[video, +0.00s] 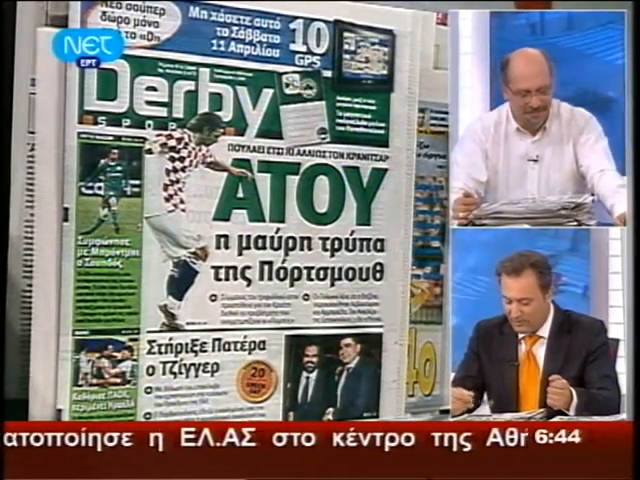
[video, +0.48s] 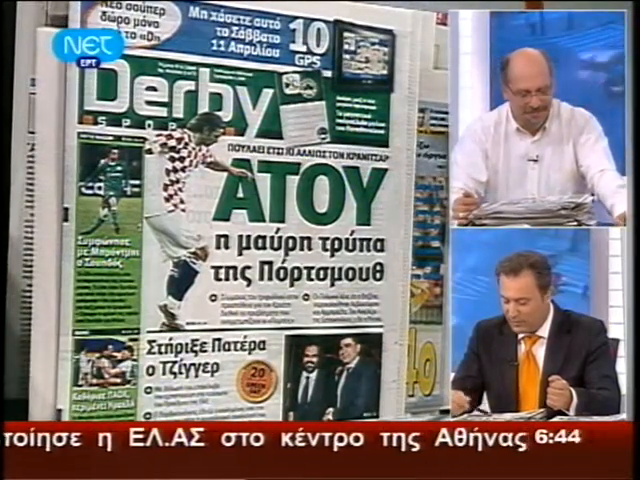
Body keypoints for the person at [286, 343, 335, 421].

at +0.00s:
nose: (310, 360)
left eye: (314, 356)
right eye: (306, 356)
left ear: (320, 359)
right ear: (302, 358)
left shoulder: (326, 377)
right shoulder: (295, 376)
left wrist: (330, 411)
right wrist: (290, 413)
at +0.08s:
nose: (310, 360)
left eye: (314, 356)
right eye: (306, 356)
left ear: (320, 359)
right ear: (302, 358)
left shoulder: (326, 377)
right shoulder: (295, 376)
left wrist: (330, 411)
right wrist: (290, 413)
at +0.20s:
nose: (310, 360)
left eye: (314, 356)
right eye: (306, 356)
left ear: (320, 359)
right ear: (302, 358)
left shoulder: (326, 377)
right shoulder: (295, 376)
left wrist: (330, 411)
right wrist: (290, 413)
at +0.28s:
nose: (310, 360)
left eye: (314, 356)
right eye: (306, 356)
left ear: (320, 359)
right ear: (302, 358)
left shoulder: (326, 377)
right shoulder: (295, 376)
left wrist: (330, 411)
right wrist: (290, 413)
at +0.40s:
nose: (310, 360)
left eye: (314, 356)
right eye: (306, 356)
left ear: (320, 359)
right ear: (302, 358)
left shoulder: (326, 377)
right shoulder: (295, 376)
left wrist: (330, 411)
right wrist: (290, 413)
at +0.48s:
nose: (310, 360)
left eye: (314, 356)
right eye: (306, 356)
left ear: (320, 359)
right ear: (302, 358)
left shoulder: (326, 377)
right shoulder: (295, 376)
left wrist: (330, 411)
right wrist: (290, 413)